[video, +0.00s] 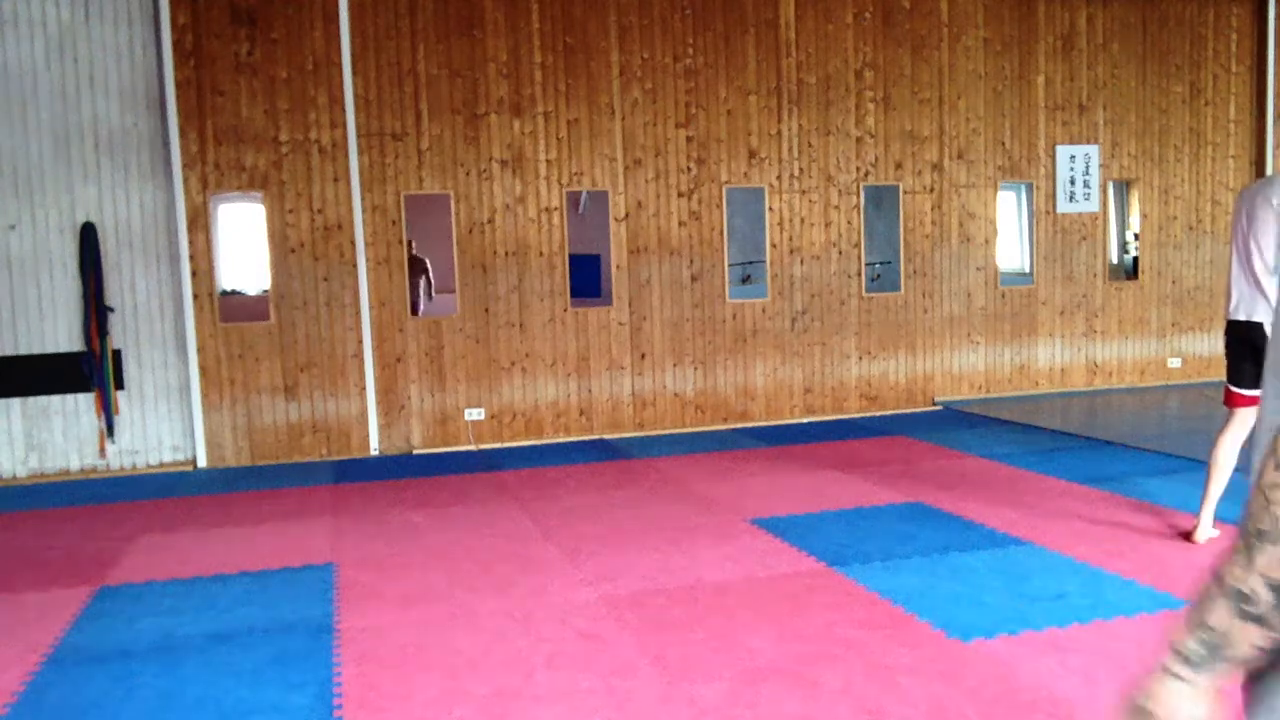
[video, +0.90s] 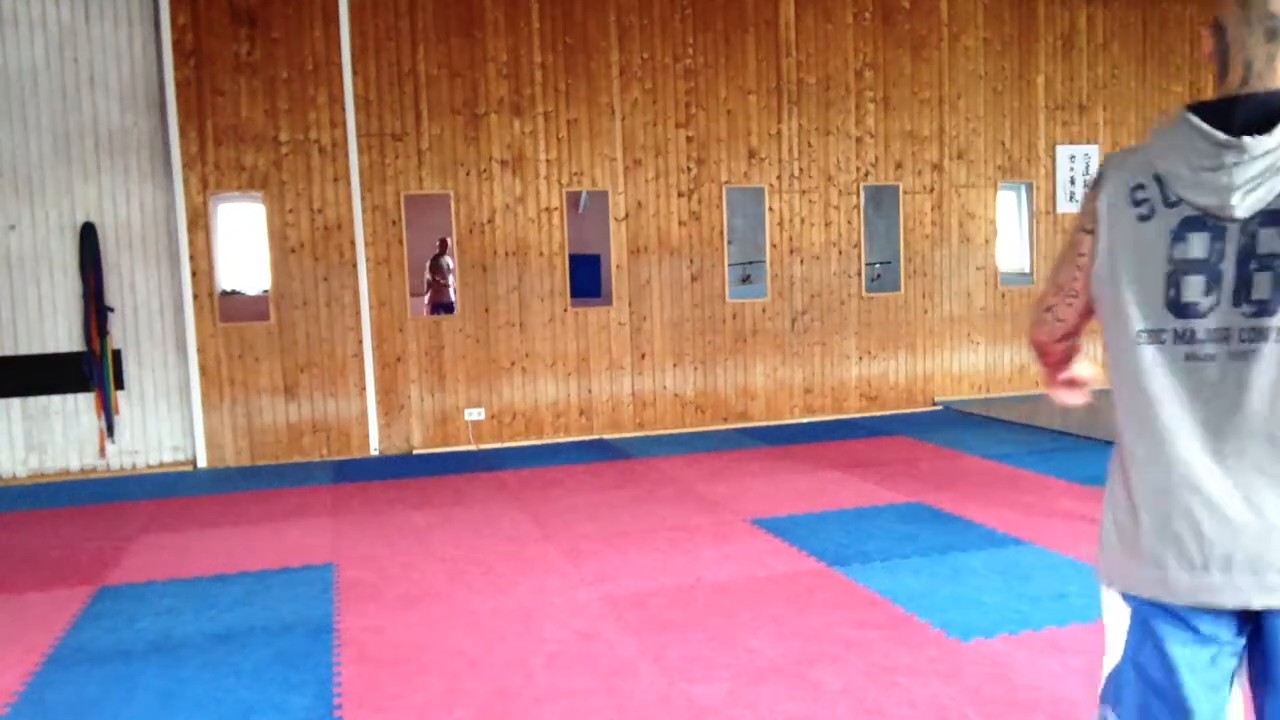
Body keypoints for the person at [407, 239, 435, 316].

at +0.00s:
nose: (410, 250)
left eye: (412, 247)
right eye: (409, 247)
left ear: (415, 248)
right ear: (406, 248)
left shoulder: (422, 261)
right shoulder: (403, 261)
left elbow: (429, 277)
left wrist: (430, 292)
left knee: (416, 315)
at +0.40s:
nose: (422, 249)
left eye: (424, 247)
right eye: (421, 247)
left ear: (426, 248)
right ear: (418, 247)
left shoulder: (431, 261)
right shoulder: (412, 261)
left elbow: (436, 276)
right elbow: (409, 276)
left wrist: (440, 290)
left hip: (426, 291)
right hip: (414, 291)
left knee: (424, 316)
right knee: (414, 315)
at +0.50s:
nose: (424, 249)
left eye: (426, 246)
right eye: (423, 246)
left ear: (429, 247)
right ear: (420, 247)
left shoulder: (433, 261)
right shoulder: (412, 263)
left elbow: (438, 277)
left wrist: (444, 290)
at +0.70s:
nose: (434, 248)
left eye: (436, 245)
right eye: (432, 245)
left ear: (437, 246)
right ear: (427, 246)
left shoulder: (437, 259)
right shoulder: (421, 261)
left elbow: (442, 275)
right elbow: (418, 279)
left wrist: (449, 290)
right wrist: (419, 295)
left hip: (439, 297)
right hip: (426, 299)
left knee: (445, 323)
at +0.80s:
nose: (440, 248)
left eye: (441, 245)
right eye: (437, 245)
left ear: (442, 246)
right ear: (432, 246)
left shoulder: (442, 259)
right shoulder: (426, 261)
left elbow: (445, 278)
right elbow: (421, 278)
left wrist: (452, 291)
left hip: (443, 298)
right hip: (431, 299)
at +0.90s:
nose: (445, 248)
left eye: (446, 245)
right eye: (443, 245)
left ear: (447, 246)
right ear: (438, 246)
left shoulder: (448, 259)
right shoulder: (433, 261)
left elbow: (451, 274)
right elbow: (430, 278)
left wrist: (454, 285)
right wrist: (442, 283)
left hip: (449, 298)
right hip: (436, 299)